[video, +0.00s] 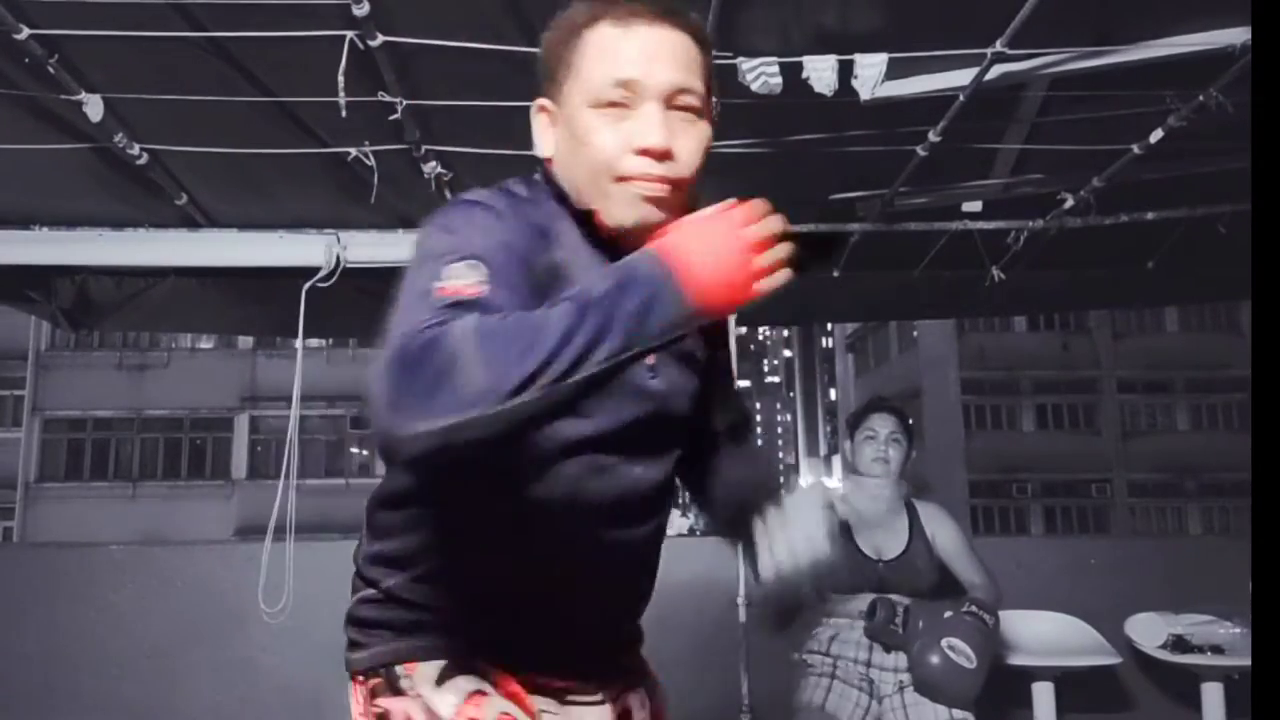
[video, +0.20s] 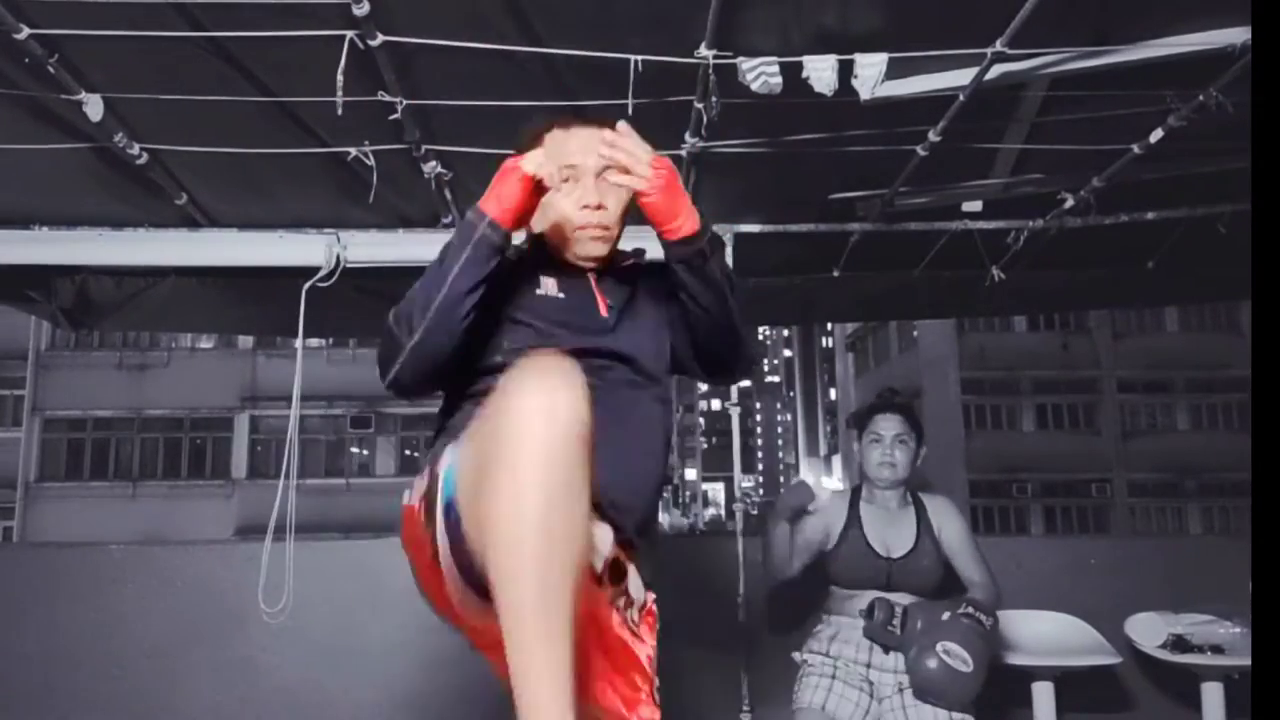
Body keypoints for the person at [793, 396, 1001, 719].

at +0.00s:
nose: (882, 447)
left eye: (894, 440)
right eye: (870, 437)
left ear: (907, 456)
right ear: (849, 450)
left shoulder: (930, 518)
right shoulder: (819, 516)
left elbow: (983, 587)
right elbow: (802, 599)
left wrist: (975, 617)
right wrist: (870, 608)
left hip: (921, 668)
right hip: (837, 664)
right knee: (824, 712)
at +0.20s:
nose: (888, 451)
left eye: (900, 442)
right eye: (875, 441)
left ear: (918, 455)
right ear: (859, 452)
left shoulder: (939, 513)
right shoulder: (830, 510)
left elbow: (983, 587)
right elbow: (781, 578)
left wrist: (967, 619)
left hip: (922, 666)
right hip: (838, 663)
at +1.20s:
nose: (884, 451)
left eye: (898, 443)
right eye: (872, 438)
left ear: (912, 457)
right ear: (852, 445)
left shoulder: (934, 516)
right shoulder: (824, 514)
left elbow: (981, 587)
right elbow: (788, 575)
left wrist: (972, 616)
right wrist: (783, 502)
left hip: (921, 669)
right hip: (840, 666)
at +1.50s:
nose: (885, 450)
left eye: (899, 442)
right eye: (874, 439)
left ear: (913, 456)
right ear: (854, 448)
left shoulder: (933, 516)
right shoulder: (830, 516)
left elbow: (983, 588)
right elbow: (772, 573)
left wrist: (973, 619)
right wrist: (786, 518)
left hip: (921, 665)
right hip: (839, 662)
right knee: (824, 711)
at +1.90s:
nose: (886, 452)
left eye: (899, 444)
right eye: (874, 440)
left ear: (914, 457)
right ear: (855, 448)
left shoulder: (936, 518)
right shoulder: (823, 516)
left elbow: (984, 589)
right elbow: (781, 573)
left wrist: (974, 616)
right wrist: (772, 529)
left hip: (920, 669)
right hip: (840, 666)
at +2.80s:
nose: (881, 448)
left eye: (893, 440)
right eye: (869, 438)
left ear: (907, 456)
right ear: (848, 452)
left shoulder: (930, 517)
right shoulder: (824, 520)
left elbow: (984, 587)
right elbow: (802, 600)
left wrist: (969, 626)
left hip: (928, 675)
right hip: (848, 673)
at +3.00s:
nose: (886, 450)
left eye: (899, 440)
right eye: (874, 439)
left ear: (917, 454)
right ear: (857, 450)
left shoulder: (938, 513)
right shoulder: (828, 506)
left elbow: (984, 587)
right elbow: (756, 530)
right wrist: (792, 563)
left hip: (921, 671)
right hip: (837, 667)